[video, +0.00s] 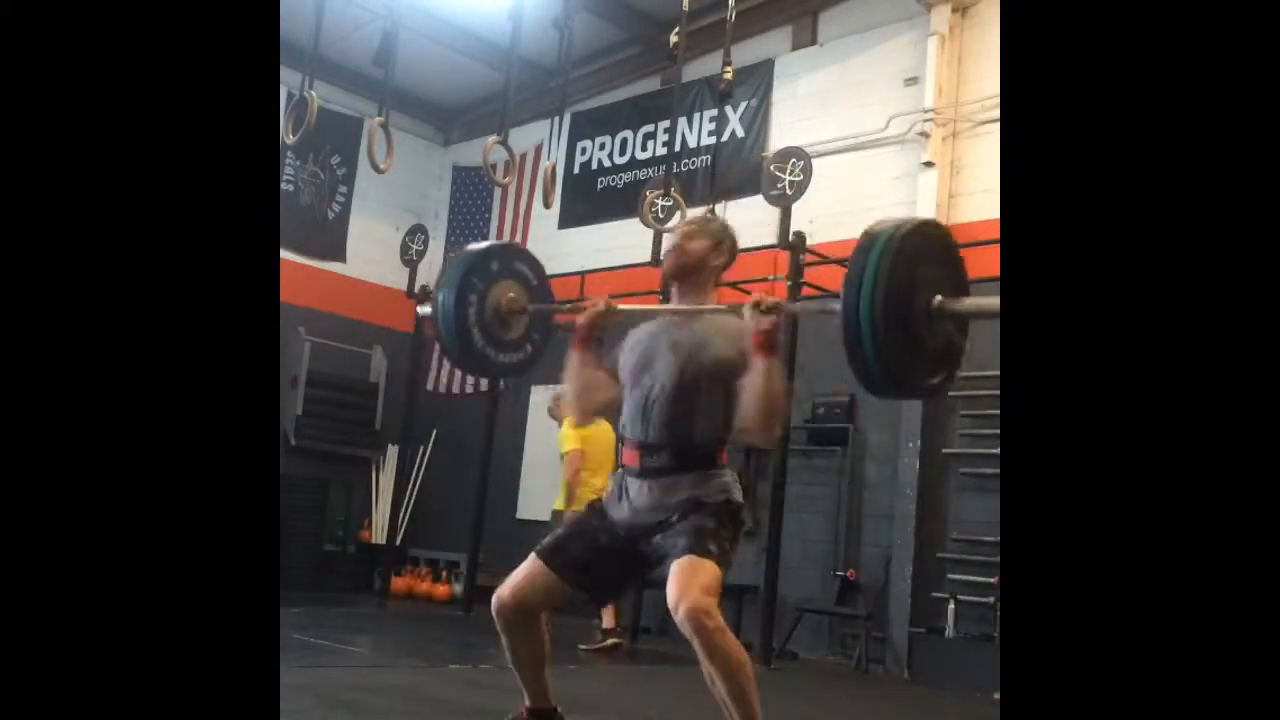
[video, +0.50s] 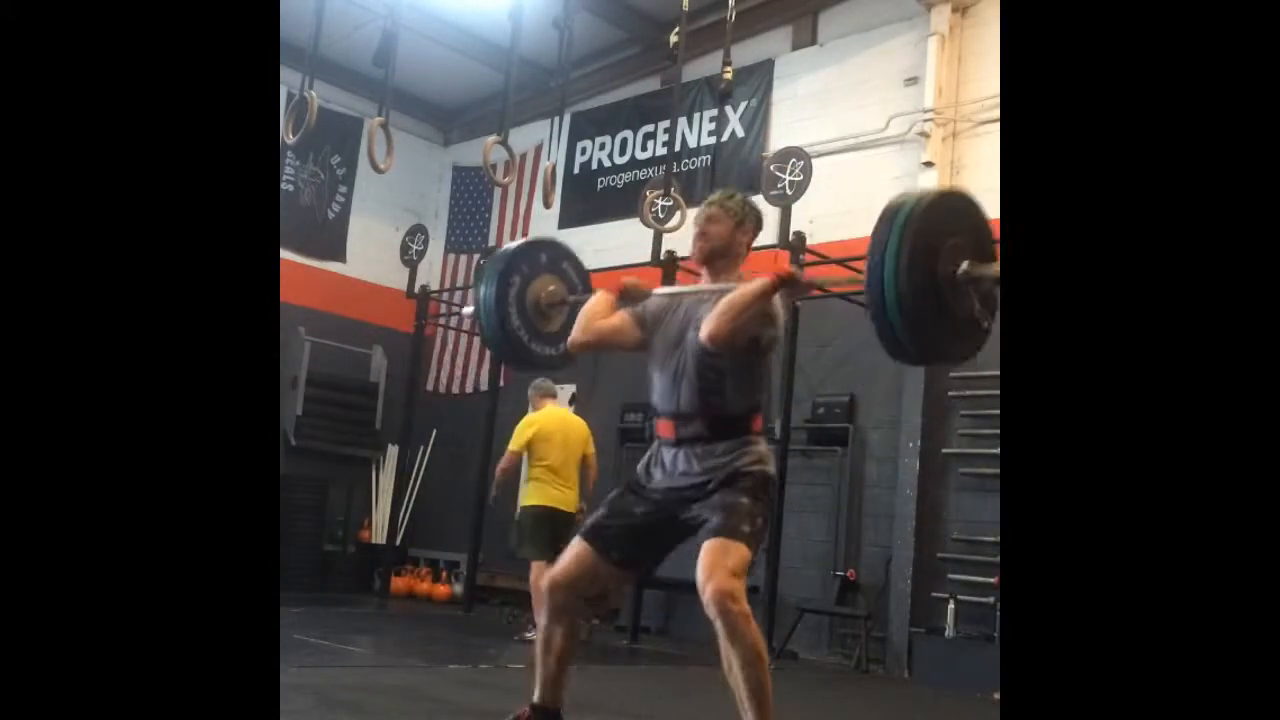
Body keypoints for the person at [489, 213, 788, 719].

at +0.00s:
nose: (672, 243)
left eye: (690, 234)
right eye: (673, 235)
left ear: (721, 255)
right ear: (666, 255)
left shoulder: (736, 329)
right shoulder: (641, 335)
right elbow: (581, 406)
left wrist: (765, 346)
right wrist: (583, 340)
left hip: (699, 499)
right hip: (625, 500)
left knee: (692, 609)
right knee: (511, 603)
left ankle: (749, 716)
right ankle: (539, 707)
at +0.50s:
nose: (699, 228)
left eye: (713, 220)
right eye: (698, 220)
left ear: (745, 233)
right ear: (695, 234)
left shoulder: (759, 299)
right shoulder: (665, 304)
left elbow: (714, 334)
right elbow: (582, 335)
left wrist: (770, 281)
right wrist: (611, 292)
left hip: (735, 463)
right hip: (664, 464)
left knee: (720, 590)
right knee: (560, 584)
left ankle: (758, 716)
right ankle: (544, 709)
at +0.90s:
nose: (723, 172)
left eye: (738, 164)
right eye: (721, 166)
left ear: (768, 183)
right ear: (717, 184)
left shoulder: (778, 241)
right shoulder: (693, 255)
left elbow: (748, 256)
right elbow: (606, 278)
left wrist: (798, 219)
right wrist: (641, 244)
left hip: (746, 415)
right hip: (685, 417)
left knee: (732, 573)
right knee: (676, 579)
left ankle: (768, 714)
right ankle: (701, 712)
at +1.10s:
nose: (727, 170)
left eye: (743, 162)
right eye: (726, 163)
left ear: (774, 182)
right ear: (721, 182)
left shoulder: (779, 241)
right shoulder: (697, 252)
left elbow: (751, 233)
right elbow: (608, 268)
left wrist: (805, 212)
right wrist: (648, 238)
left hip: (749, 415)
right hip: (687, 416)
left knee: (743, 579)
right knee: (689, 580)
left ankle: (767, 715)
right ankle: (704, 713)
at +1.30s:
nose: (726, 172)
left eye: (742, 163)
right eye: (725, 164)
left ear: (774, 180)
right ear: (720, 178)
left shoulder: (780, 242)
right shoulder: (696, 250)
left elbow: (746, 225)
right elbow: (601, 268)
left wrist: (805, 202)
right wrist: (647, 235)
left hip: (756, 422)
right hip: (691, 423)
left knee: (754, 582)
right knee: (640, 568)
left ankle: (770, 715)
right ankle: (680, 697)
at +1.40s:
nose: (718, 172)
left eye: (735, 163)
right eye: (718, 163)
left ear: (767, 178)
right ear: (714, 177)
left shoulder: (776, 244)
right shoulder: (690, 251)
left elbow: (738, 227)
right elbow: (595, 273)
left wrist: (798, 206)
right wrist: (640, 237)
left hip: (752, 421)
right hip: (686, 422)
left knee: (754, 585)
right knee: (634, 567)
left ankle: (769, 715)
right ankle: (619, 703)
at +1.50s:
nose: (711, 172)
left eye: (727, 164)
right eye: (711, 164)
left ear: (757, 180)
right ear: (707, 179)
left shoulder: (763, 246)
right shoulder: (679, 251)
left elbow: (729, 227)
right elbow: (584, 272)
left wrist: (792, 206)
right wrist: (633, 234)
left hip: (738, 422)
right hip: (673, 424)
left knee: (746, 585)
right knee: (634, 570)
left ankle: (768, 715)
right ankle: (604, 709)